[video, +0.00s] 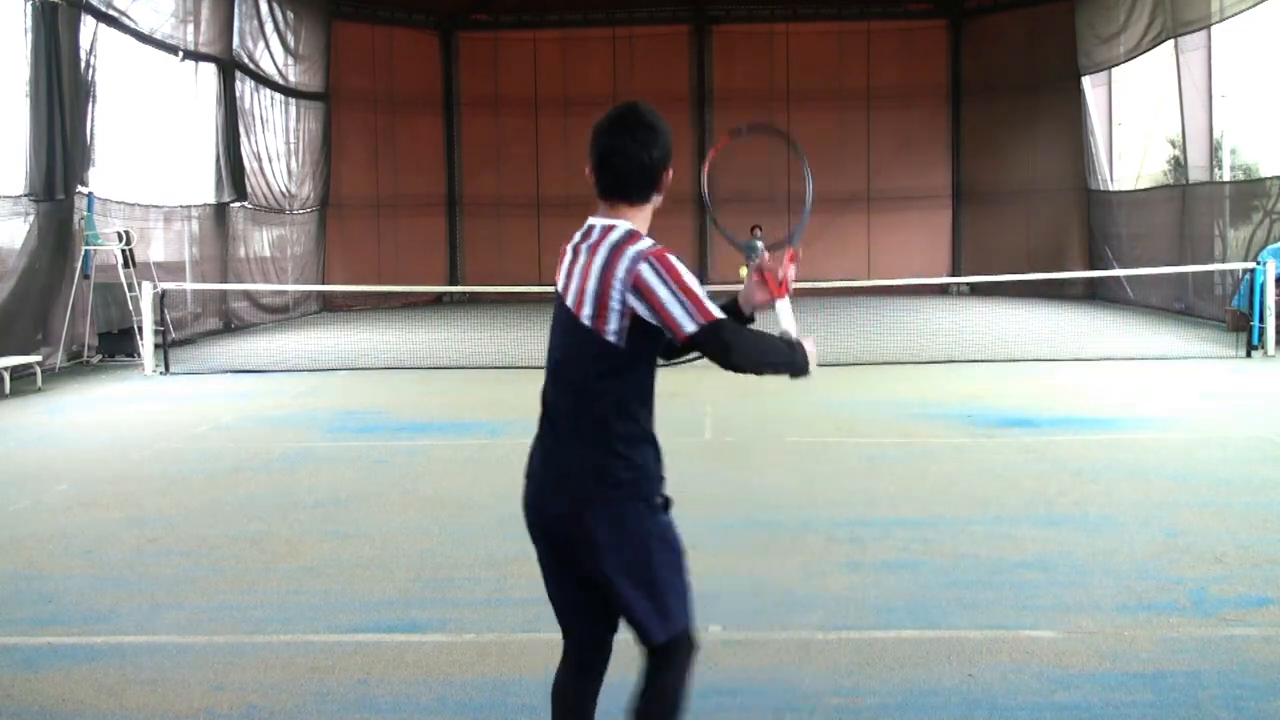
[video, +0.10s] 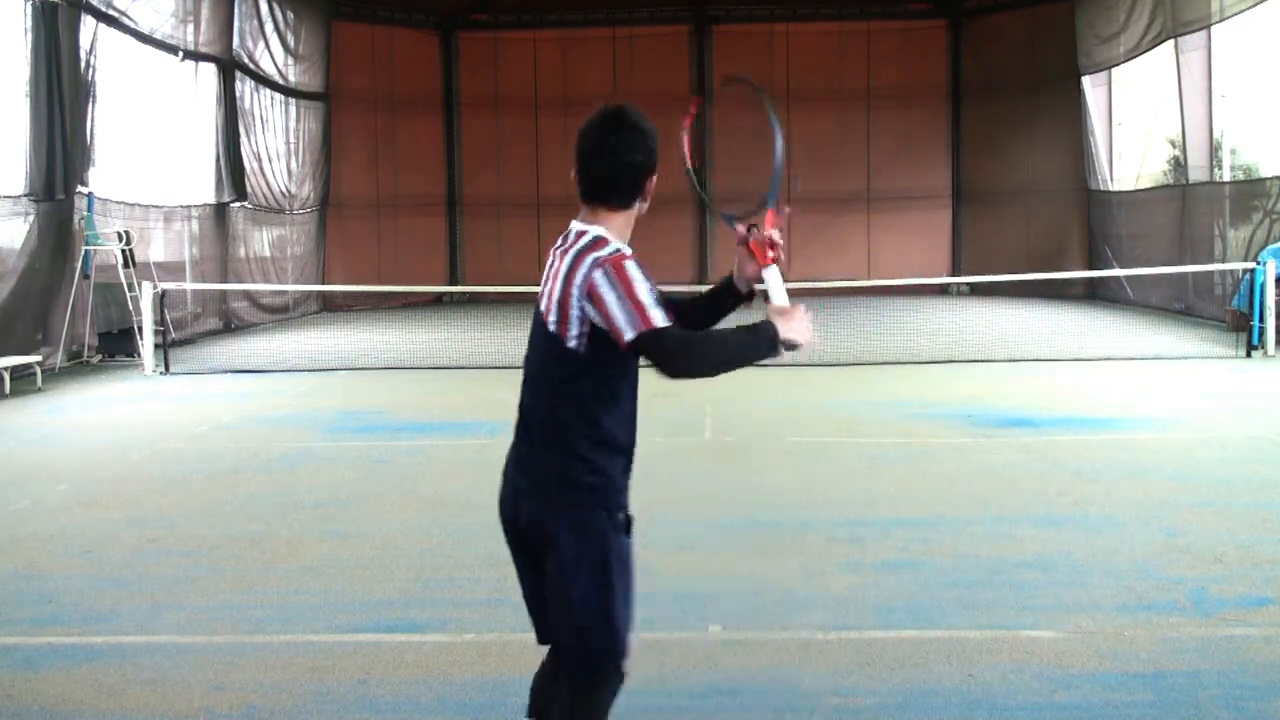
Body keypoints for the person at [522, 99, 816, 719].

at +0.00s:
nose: (669, 175)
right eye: (667, 165)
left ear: (592, 172)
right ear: (665, 178)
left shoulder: (581, 247)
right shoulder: (642, 261)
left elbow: (655, 336)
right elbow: (730, 346)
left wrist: (739, 301)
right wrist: (797, 353)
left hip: (552, 486)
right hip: (616, 492)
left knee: (586, 640)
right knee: (671, 645)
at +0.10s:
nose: (654, 181)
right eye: (653, 170)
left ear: (578, 175)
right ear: (649, 183)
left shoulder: (573, 249)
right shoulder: (605, 264)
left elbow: (672, 322)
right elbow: (677, 356)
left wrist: (739, 283)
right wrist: (775, 332)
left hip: (540, 492)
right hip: (579, 501)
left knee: (570, 657)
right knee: (596, 667)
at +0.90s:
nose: (528, 194)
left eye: (528, 181)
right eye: (527, 182)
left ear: (449, 179)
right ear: (505, 193)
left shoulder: (404, 248)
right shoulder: (525, 268)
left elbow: (349, 247)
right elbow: (535, 250)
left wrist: (371, 176)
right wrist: (506, 208)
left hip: (436, 473)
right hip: (516, 473)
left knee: (435, 618)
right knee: (521, 623)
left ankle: (424, 716)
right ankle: (501, 715)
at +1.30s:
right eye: (517, 180)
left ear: (441, 192)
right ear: (514, 191)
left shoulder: (442, 273)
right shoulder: (546, 263)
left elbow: (459, 389)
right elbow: (527, 371)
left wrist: (379, 393)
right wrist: (414, 387)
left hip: (473, 488)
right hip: (548, 482)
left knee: (432, 636)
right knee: (534, 632)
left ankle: (423, 719)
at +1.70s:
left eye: (445, 176)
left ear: (447, 188)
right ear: (525, 186)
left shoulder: (425, 276)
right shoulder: (568, 267)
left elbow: (392, 395)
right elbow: (644, 364)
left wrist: (459, 370)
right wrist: (582, 396)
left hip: (483, 500)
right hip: (570, 492)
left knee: (475, 663)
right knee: (587, 647)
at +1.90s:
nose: (577, 163)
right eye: (575, 155)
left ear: (496, 170)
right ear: (573, 166)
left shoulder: (466, 257)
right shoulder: (610, 254)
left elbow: (442, 374)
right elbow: (672, 368)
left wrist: (499, 350)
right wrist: (607, 401)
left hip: (508, 490)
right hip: (598, 487)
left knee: (494, 658)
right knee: (646, 644)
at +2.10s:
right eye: (631, 176)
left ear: (552, 192)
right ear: (631, 189)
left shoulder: (528, 285)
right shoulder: (672, 279)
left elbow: (523, 410)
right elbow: (735, 392)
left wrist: (576, 378)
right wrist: (667, 432)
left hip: (566, 515)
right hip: (656, 513)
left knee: (503, 673)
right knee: (683, 680)